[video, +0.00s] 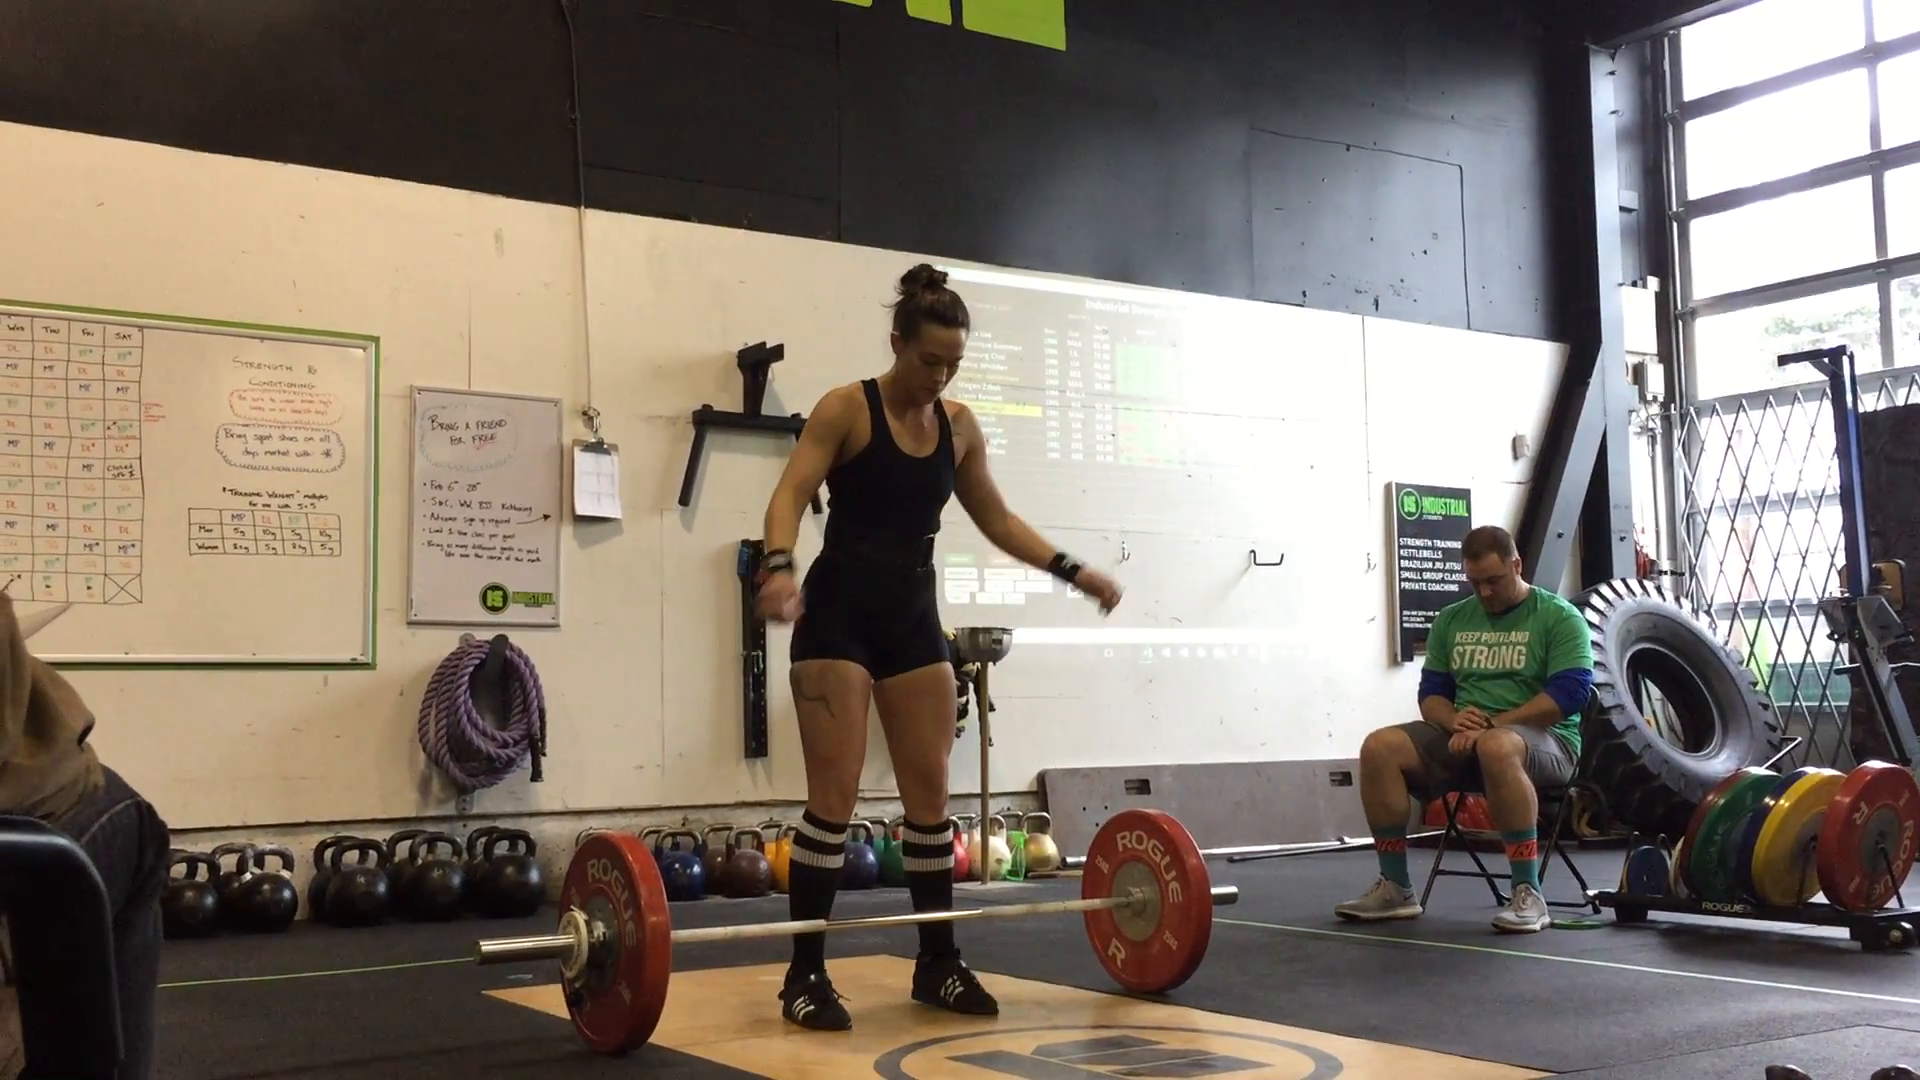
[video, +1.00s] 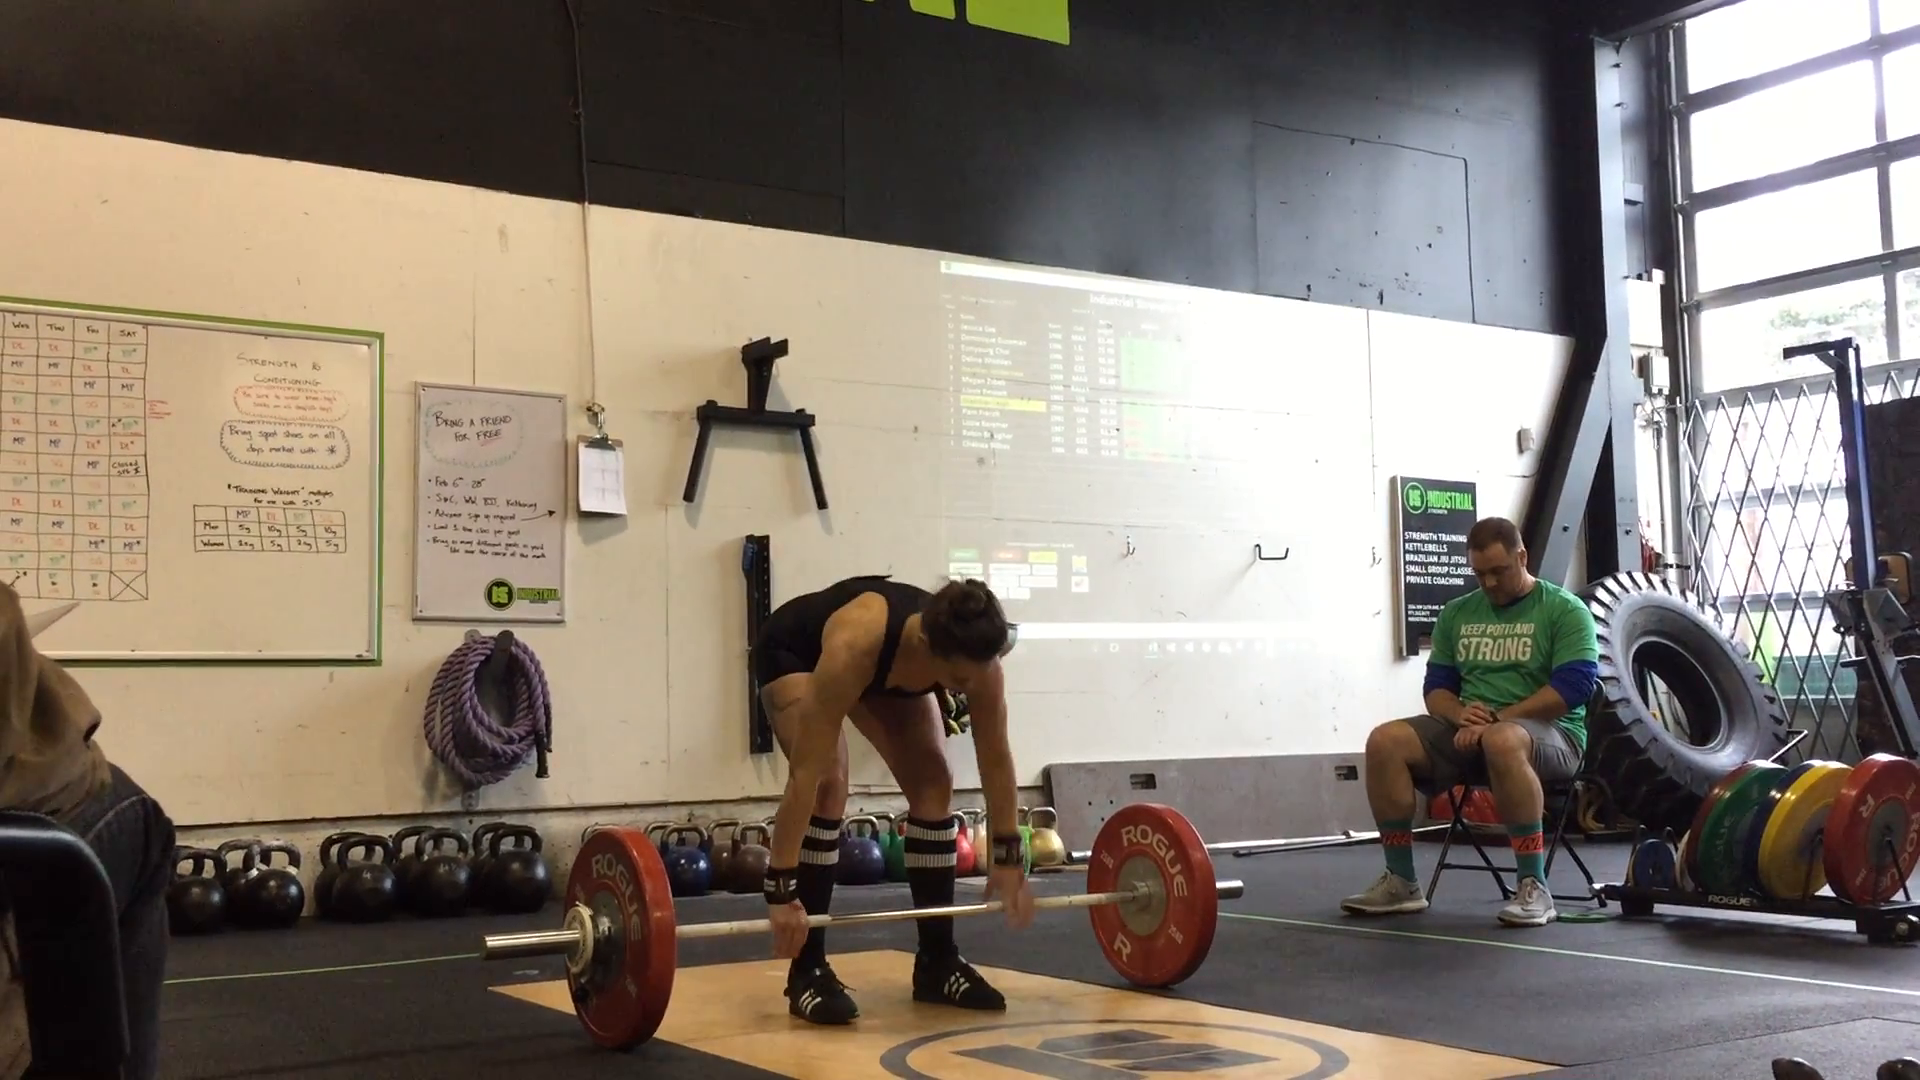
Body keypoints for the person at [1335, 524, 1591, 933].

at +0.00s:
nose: (1484, 593)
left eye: (1493, 581)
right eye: (1475, 583)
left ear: (1518, 565)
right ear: (1465, 573)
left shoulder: (1559, 616)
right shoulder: (1450, 620)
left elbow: (1571, 692)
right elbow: (1431, 695)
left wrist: (1491, 727)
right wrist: (1453, 719)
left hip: (1544, 740)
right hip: (1462, 739)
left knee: (1496, 747)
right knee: (1379, 748)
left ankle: (1527, 895)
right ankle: (1395, 888)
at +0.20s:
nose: (1488, 591)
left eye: (1496, 579)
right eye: (1478, 581)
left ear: (1521, 564)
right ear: (1468, 571)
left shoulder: (1563, 614)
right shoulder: (1453, 618)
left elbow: (1574, 690)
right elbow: (1434, 694)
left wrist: (1494, 726)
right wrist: (1456, 717)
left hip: (1548, 738)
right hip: (1466, 738)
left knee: (1500, 745)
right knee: (1382, 746)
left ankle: (1530, 894)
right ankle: (1399, 887)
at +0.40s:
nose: (1491, 588)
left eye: (1499, 577)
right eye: (1481, 579)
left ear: (1524, 561)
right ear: (1471, 570)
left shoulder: (1565, 612)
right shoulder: (1456, 616)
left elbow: (1576, 688)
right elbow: (1437, 692)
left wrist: (1497, 725)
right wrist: (1458, 715)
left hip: (1551, 736)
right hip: (1469, 736)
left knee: (1502, 744)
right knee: (1384, 745)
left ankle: (1533, 892)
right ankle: (1401, 886)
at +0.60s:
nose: (1491, 586)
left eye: (1500, 574)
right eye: (1482, 577)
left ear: (1525, 559)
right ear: (1472, 569)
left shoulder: (1566, 610)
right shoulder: (1456, 615)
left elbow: (1577, 687)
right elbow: (1438, 691)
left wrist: (1498, 723)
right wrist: (1461, 715)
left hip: (1551, 735)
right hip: (1470, 735)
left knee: (1503, 743)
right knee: (1385, 744)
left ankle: (1534, 890)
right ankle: (1403, 884)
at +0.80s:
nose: (1491, 584)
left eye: (1499, 572)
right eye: (1482, 575)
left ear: (1524, 558)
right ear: (1472, 567)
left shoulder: (1565, 609)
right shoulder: (1456, 614)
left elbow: (1577, 685)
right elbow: (1438, 690)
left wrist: (1497, 722)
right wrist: (1461, 714)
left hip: (1552, 734)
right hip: (1470, 734)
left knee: (1503, 742)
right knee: (1385, 743)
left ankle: (1534, 889)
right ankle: (1403, 883)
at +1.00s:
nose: (1489, 583)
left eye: (1498, 571)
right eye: (1480, 574)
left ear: (1523, 557)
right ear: (1471, 566)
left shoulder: (1565, 609)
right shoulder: (1455, 614)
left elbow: (1574, 686)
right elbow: (1437, 689)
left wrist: (1496, 722)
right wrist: (1459, 713)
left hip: (1550, 734)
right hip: (1469, 733)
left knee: (1502, 741)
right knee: (1384, 742)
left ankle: (1532, 888)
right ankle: (1401, 882)